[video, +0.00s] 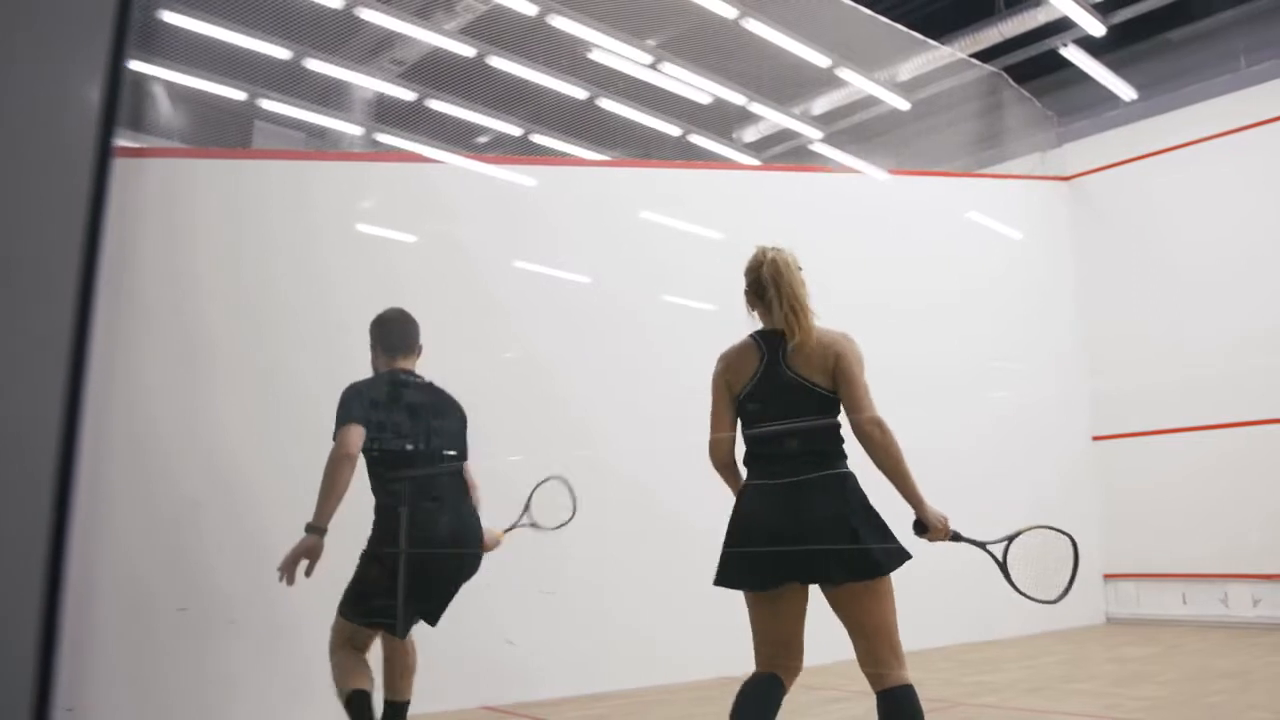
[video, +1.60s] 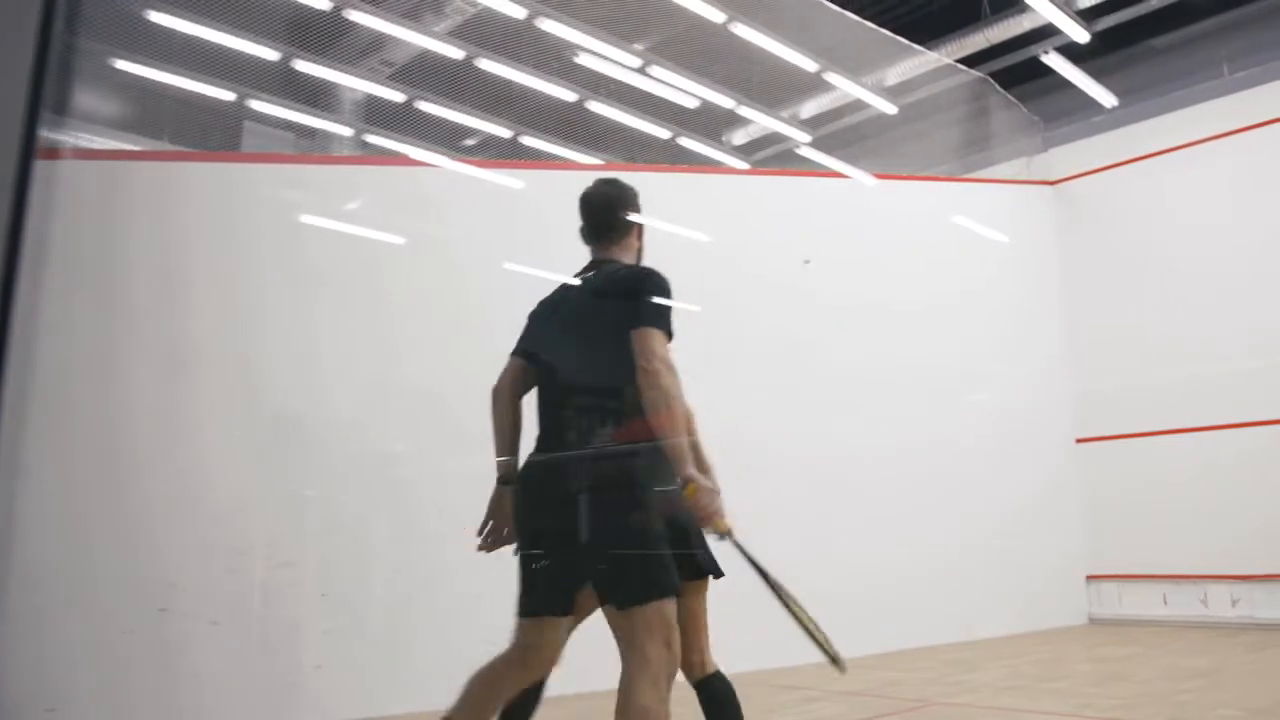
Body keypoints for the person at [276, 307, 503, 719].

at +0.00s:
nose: (372, 356)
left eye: (372, 350)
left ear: (373, 350)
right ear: (419, 350)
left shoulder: (362, 394)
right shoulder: (448, 404)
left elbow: (347, 452)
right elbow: (467, 481)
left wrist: (316, 532)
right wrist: (478, 531)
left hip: (402, 541)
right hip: (461, 542)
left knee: (348, 643)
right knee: (399, 627)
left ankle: (364, 715)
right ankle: (395, 716)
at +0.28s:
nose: (426, 311)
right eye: (429, 305)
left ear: (381, 307)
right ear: (431, 308)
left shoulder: (357, 357)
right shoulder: (464, 365)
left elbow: (325, 410)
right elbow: (504, 443)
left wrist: (293, 491)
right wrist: (530, 498)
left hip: (379, 510)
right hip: (447, 511)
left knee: (353, 640)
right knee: (431, 635)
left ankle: (344, 715)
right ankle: (420, 716)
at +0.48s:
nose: (449, 277)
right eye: (449, 270)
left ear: (397, 276)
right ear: (446, 274)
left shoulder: (366, 328)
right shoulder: (475, 332)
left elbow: (318, 382)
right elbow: (511, 400)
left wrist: (301, 461)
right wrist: (535, 474)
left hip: (383, 490)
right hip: (456, 491)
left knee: (362, 628)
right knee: (456, 618)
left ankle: (346, 718)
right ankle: (459, 716)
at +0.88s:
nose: (496, 253)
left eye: (491, 244)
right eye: (495, 245)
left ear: (440, 251)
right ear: (487, 250)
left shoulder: (398, 308)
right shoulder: (503, 307)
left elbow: (343, 378)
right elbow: (510, 375)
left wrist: (353, 458)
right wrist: (527, 468)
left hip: (405, 486)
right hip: (477, 485)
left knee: (381, 635)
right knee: (526, 623)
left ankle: (345, 717)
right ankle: (542, 716)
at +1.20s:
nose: (546, 267)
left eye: (543, 258)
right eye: (545, 259)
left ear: (491, 264)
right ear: (539, 261)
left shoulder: (449, 331)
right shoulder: (544, 323)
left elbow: (398, 412)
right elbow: (547, 397)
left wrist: (421, 493)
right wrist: (564, 487)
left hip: (442, 515)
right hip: (512, 513)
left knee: (413, 659)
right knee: (575, 656)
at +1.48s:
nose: (613, 245)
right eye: (612, 237)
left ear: (557, 244)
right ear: (610, 240)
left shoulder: (524, 316)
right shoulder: (616, 298)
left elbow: (480, 405)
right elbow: (622, 380)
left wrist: (482, 493)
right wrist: (648, 482)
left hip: (520, 496)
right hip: (596, 494)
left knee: (477, 653)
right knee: (641, 653)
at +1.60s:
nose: (643, 236)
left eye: (634, 228)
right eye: (642, 228)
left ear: (586, 233)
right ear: (636, 230)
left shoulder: (553, 306)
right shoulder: (645, 285)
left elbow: (506, 391)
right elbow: (652, 368)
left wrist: (505, 479)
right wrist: (690, 473)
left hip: (547, 488)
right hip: (622, 486)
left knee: (530, 655)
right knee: (652, 655)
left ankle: (456, 716)